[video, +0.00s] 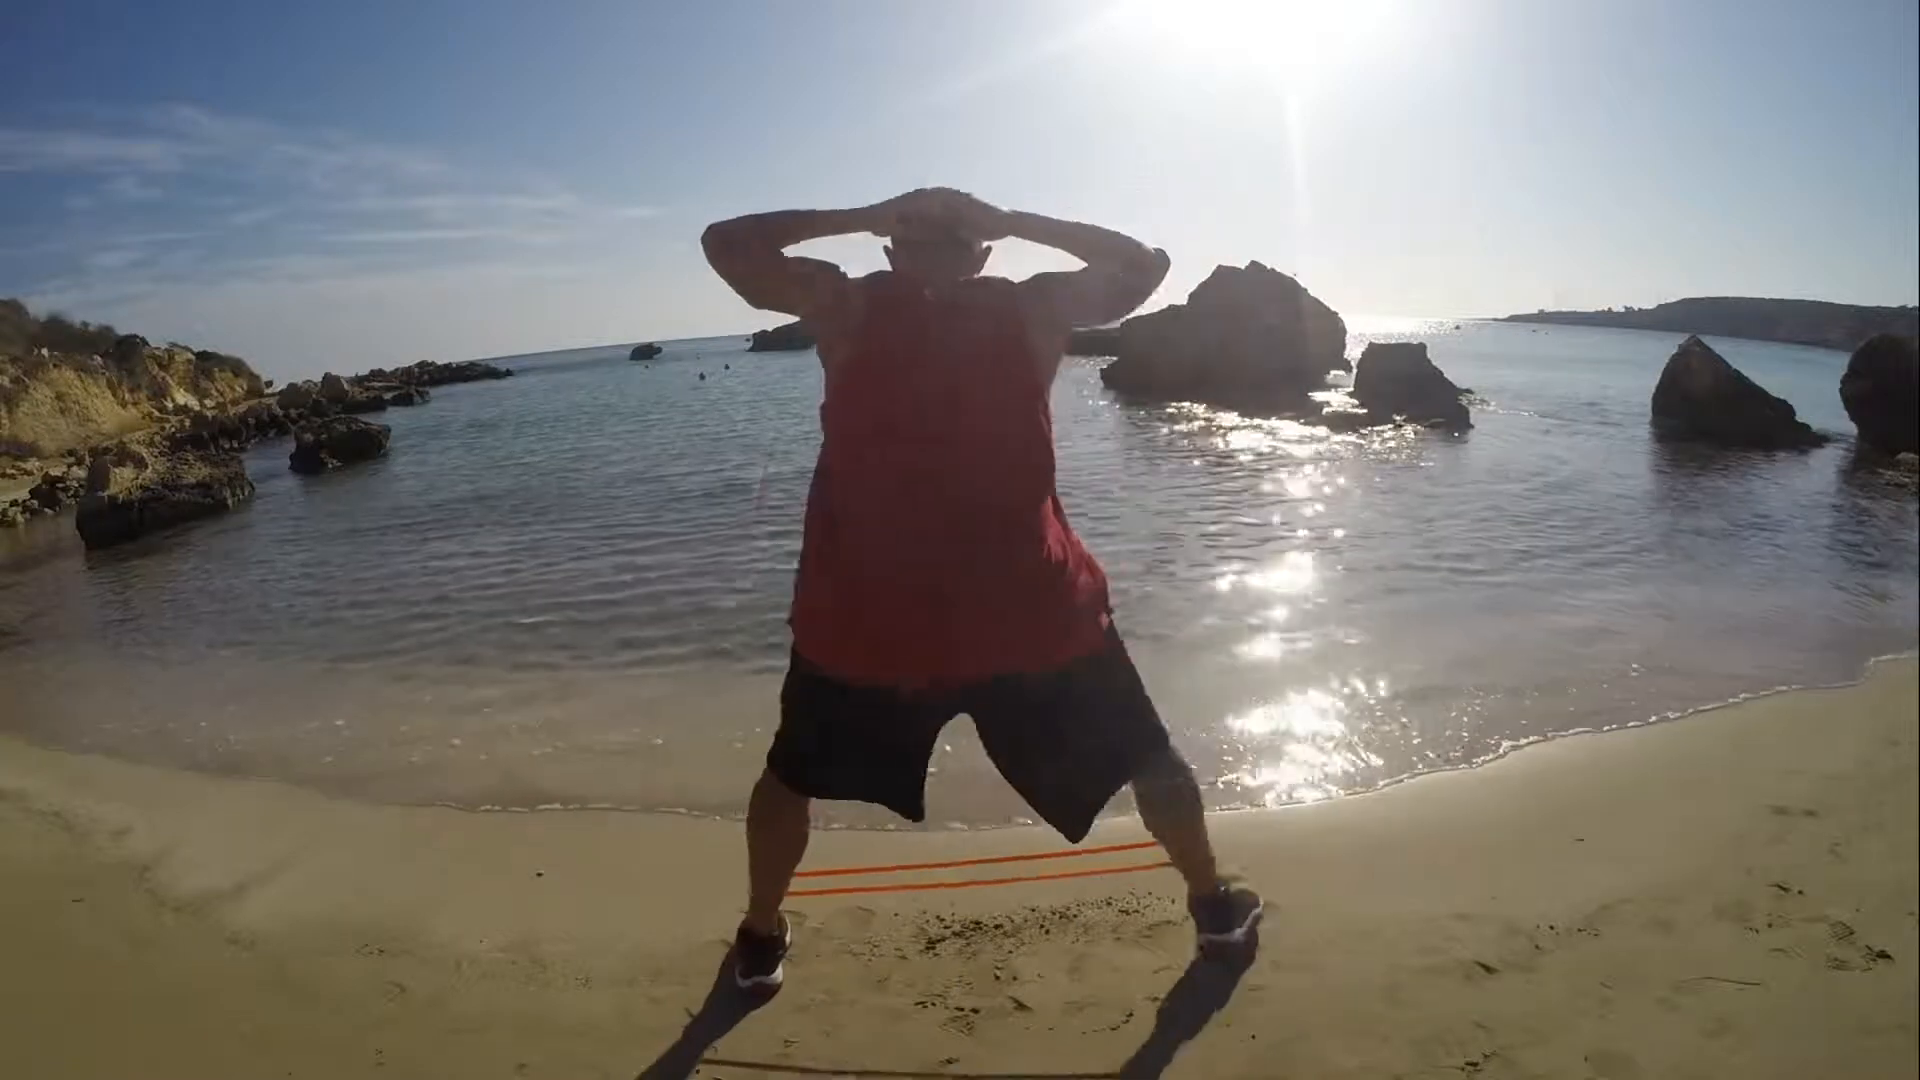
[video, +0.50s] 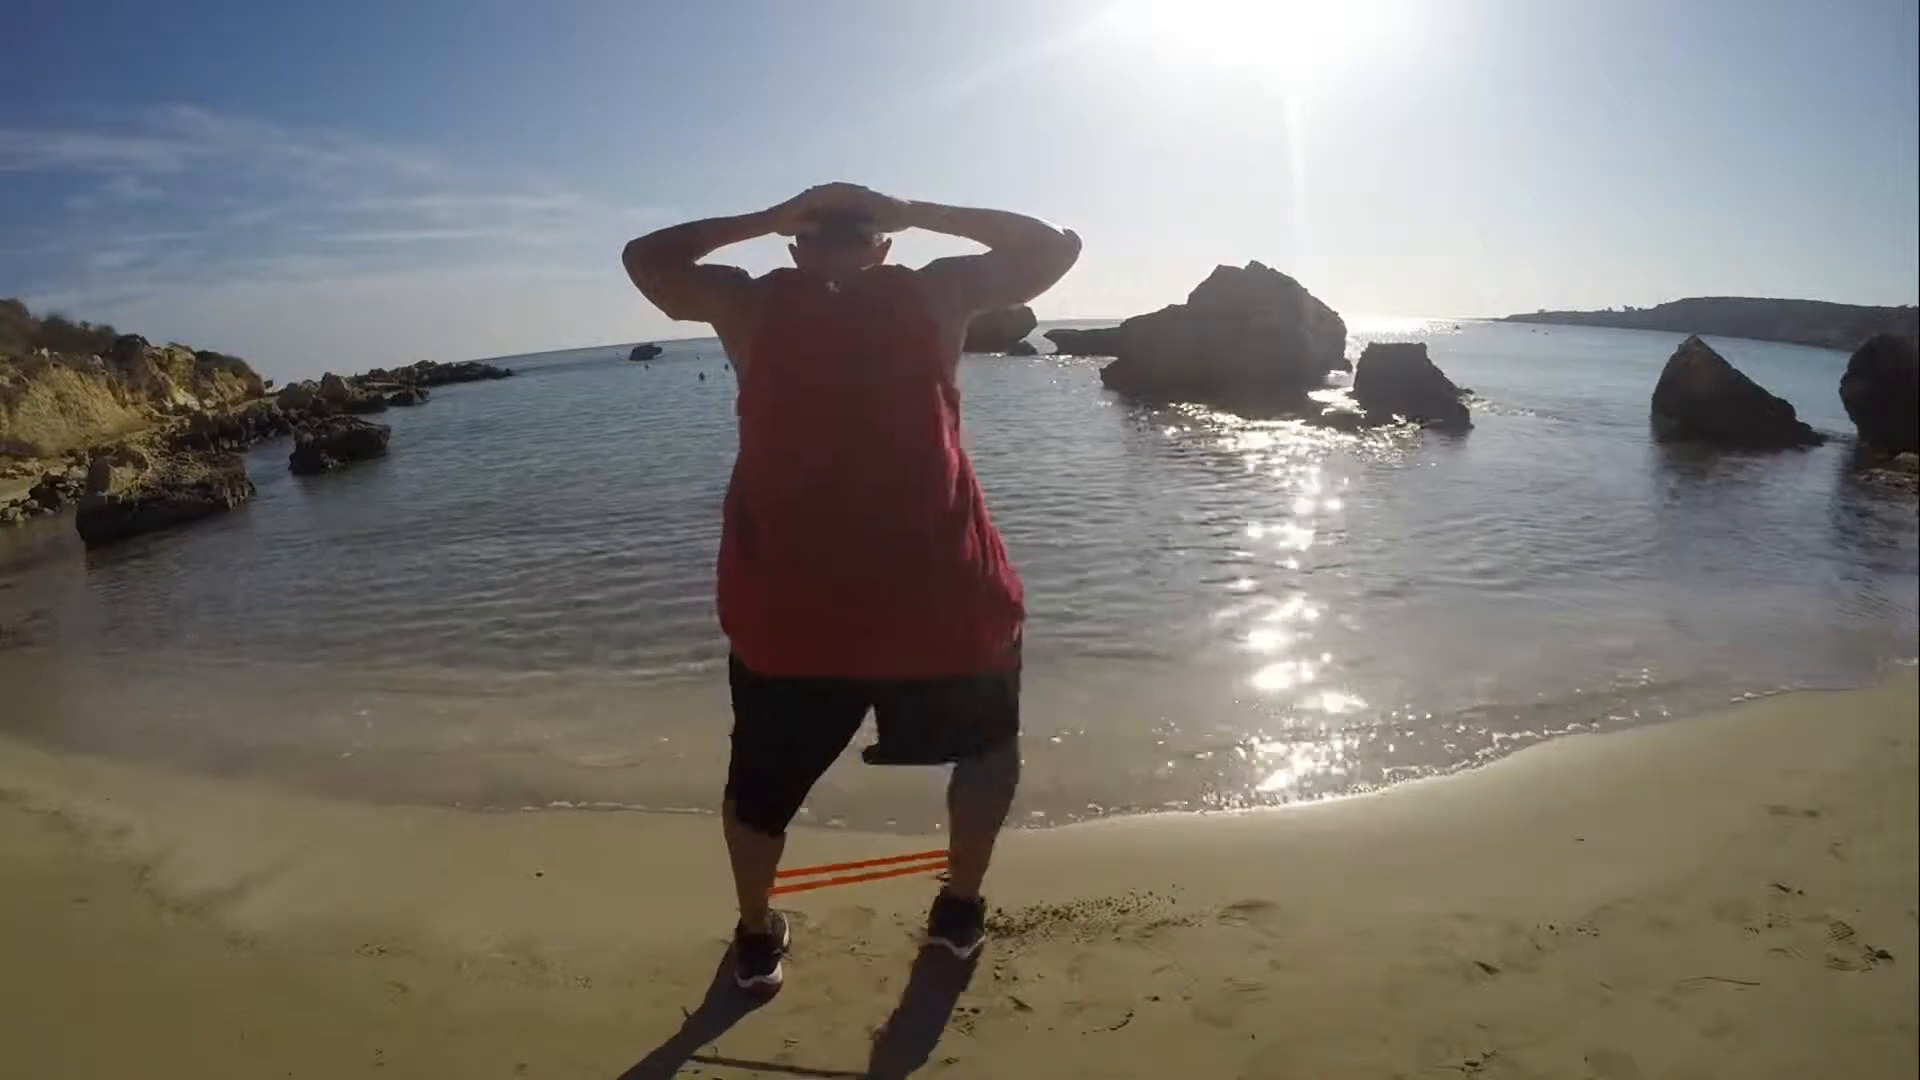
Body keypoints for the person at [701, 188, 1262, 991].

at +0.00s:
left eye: (921, 222)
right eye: (954, 223)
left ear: (893, 244)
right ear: (981, 249)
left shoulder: (841, 306)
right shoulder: (1031, 309)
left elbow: (725, 242)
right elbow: (1141, 264)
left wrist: (864, 217)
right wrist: (1013, 221)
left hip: (869, 602)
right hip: (1025, 589)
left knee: (791, 772)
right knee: (1148, 755)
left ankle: (757, 941)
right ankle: (1212, 906)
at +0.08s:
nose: (896, 219)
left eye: (884, 210)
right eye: (911, 210)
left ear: (851, 234)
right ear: (939, 236)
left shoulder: (800, 296)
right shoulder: (990, 295)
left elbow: (689, 236)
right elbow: (1104, 250)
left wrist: (820, 208)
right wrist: (970, 211)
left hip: (828, 599)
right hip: (985, 588)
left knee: (776, 774)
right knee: (1083, 751)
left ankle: (756, 939)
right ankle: (1112, 917)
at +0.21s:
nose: (860, 223)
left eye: (848, 212)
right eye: (871, 212)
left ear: (811, 230)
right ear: (905, 231)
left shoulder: (762, 292)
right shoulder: (953, 287)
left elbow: (655, 240)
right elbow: (1069, 236)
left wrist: (783, 207)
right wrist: (928, 199)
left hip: (792, 598)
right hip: (944, 595)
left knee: (757, 783)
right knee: (976, 768)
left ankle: (751, 943)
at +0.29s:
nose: (852, 221)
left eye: (836, 211)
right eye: (861, 212)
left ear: (799, 231)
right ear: (892, 236)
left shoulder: (752, 295)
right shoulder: (942, 291)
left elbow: (644, 244)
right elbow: (1057, 237)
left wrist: (773, 209)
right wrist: (920, 203)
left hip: (776, 598)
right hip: (917, 598)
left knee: (748, 783)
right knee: (919, 768)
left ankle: (750, 939)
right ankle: (878, 924)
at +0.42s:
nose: (838, 234)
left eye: (820, 223)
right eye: (855, 225)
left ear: (794, 241)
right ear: (885, 245)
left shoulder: (748, 306)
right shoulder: (936, 299)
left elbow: (639, 255)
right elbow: (1050, 249)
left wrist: (766, 218)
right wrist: (914, 213)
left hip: (774, 607)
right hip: (917, 604)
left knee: (741, 782)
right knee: (925, 763)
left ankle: (751, 937)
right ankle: (892, 916)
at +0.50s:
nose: (855, 235)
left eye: (830, 224)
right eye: (865, 226)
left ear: (797, 242)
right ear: (887, 244)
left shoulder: (750, 306)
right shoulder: (938, 296)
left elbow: (643, 257)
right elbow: (1053, 246)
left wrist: (768, 219)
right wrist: (914, 212)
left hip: (791, 598)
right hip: (936, 590)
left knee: (759, 783)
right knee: (987, 743)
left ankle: (754, 938)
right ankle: (959, 906)